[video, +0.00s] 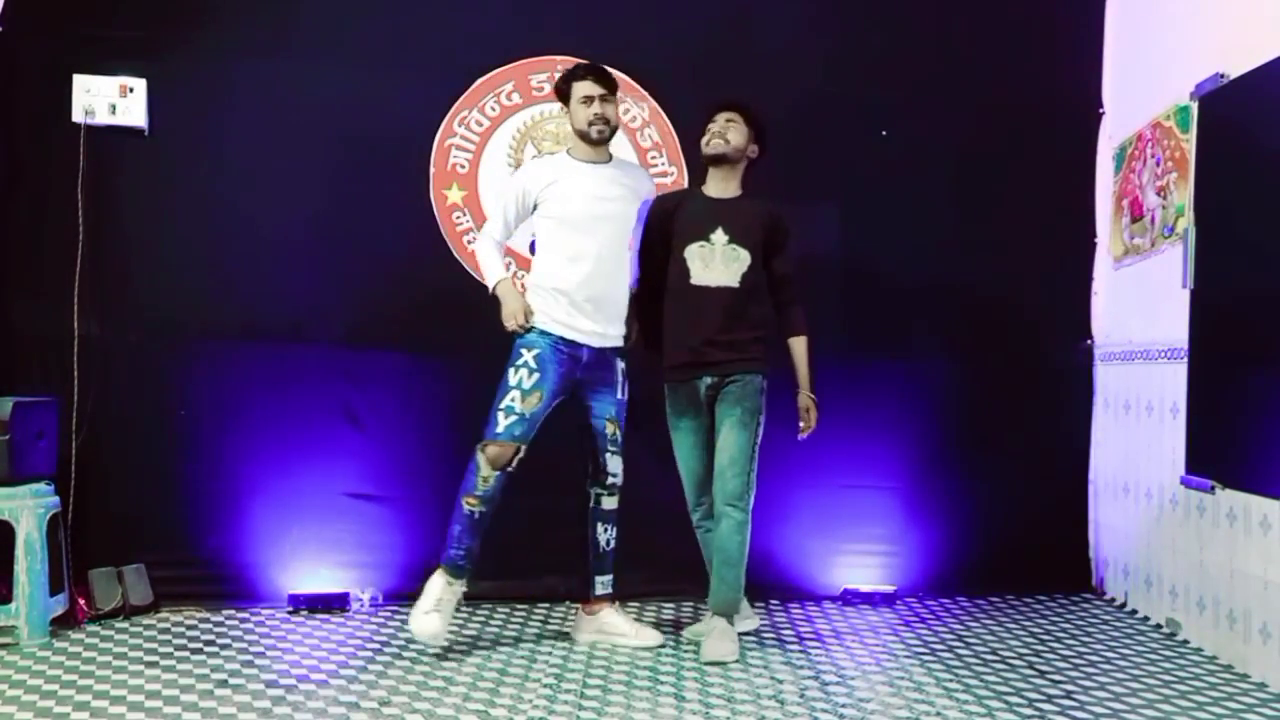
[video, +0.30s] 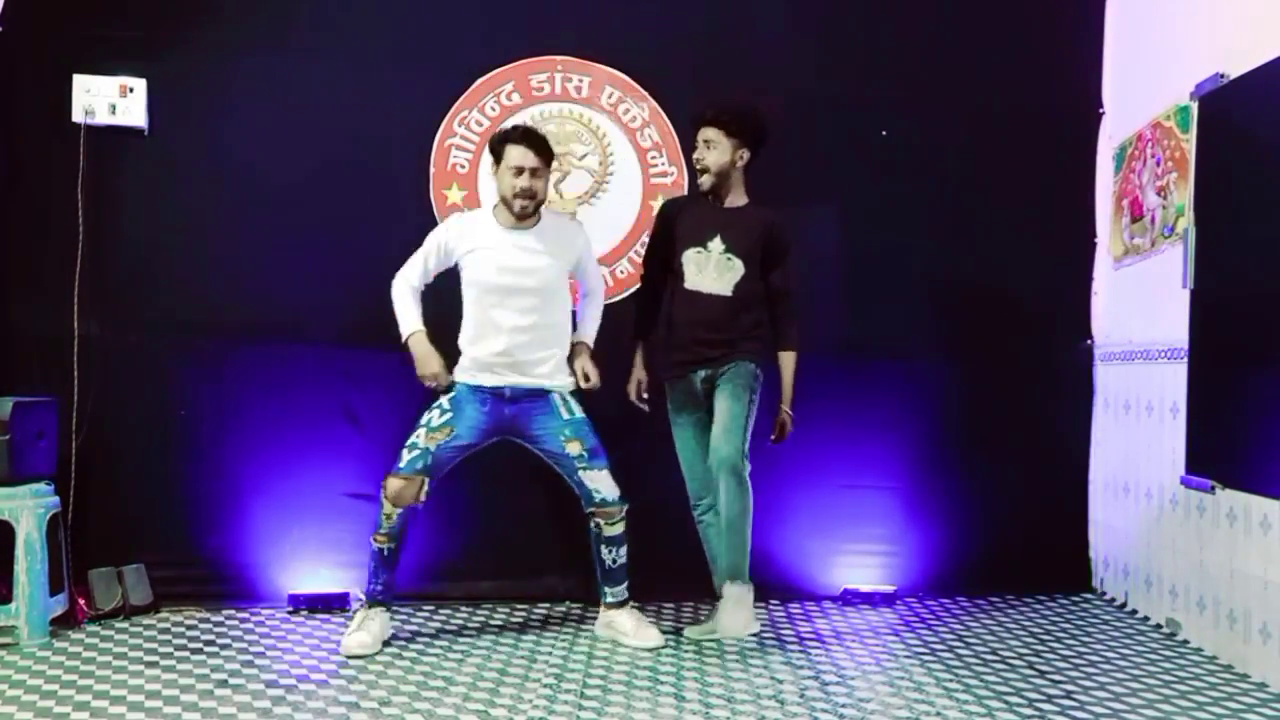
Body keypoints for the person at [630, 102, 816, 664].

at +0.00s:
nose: (717, 131)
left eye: (731, 126)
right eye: (711, 126)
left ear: (752, 149)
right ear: (699, 145)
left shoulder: (766, 217)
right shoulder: (666, 210)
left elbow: (789, 304)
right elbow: (638, 290)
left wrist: (804, 386)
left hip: (742, 370)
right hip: (679, 370)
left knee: (732, 497)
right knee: (700, 502)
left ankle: (720, 619)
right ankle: (736, 602)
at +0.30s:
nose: (698, 154)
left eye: (709, 146)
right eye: (696, 145)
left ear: (740, 154)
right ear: (697, 152)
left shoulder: (765, 225)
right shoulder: (674, 214)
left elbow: (784, 312)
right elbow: (649, 291)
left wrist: (786, 397)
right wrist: (639, 357)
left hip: (739, 360)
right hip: (679, 366)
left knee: (727, 461)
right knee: (700, 492)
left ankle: (737, 592)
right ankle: (727, 600)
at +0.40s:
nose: (698, 157)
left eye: (710, 149)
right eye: (697, 148)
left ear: (741, 157)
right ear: (696, 154)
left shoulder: (766, 225)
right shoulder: (677, 213)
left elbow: (784, 314)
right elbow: (655, 288)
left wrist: (784, 400)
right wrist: (641, 353)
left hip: (741, 351)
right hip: (685, 358)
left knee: (718, 426)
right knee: (701, 491)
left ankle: (761, 533)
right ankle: (732, 603)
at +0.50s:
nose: (699, 161)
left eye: (710, 152)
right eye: (697, 151)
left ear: (741, 158)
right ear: (696, 156)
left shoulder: (764, 224)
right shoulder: (680, 211)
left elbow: (781, 315)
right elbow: (659, 286)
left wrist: (785, 404)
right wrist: (647, 352)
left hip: (740, 346)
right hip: (688, 356)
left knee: (710, 408)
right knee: (703, 491)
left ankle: (781, 490)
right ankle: (733, 604)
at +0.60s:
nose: (701, 165)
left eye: (712, 156)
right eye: (698, 155)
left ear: (744, 161)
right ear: (695, 160)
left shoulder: (766, 226)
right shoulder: (684, 213)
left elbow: (781, 319)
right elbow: (663, 287)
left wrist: (788, 410)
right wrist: (655, 355)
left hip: (739, 342)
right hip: (686, 353)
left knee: (708, 403)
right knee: (702, 488)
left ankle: (790, 466)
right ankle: (735, 604)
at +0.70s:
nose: (704, 167)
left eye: (716, 159)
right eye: (703, 157)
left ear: (747, 166)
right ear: (702, 161)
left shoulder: (766, 230)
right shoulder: (687, 212)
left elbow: (781, 323)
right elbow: (665, 286)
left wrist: (789, 414)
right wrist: (661, 357)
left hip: (740, 342)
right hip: (687, 355)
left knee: (709, 401)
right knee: (701, 490)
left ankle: (787, 472)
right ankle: (734, 605)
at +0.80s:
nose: (711, 167)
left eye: (724, 160)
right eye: (711, 157)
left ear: (755, 168)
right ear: (709, 161)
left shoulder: (768, 235)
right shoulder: (689, 211)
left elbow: (784, 327)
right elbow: (666, 279)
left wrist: (791, 419)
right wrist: (659, 346)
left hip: (739, 345)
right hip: (686, 358)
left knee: (712, 404)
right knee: (700, 491)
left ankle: (783, 475)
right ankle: (734, 605)